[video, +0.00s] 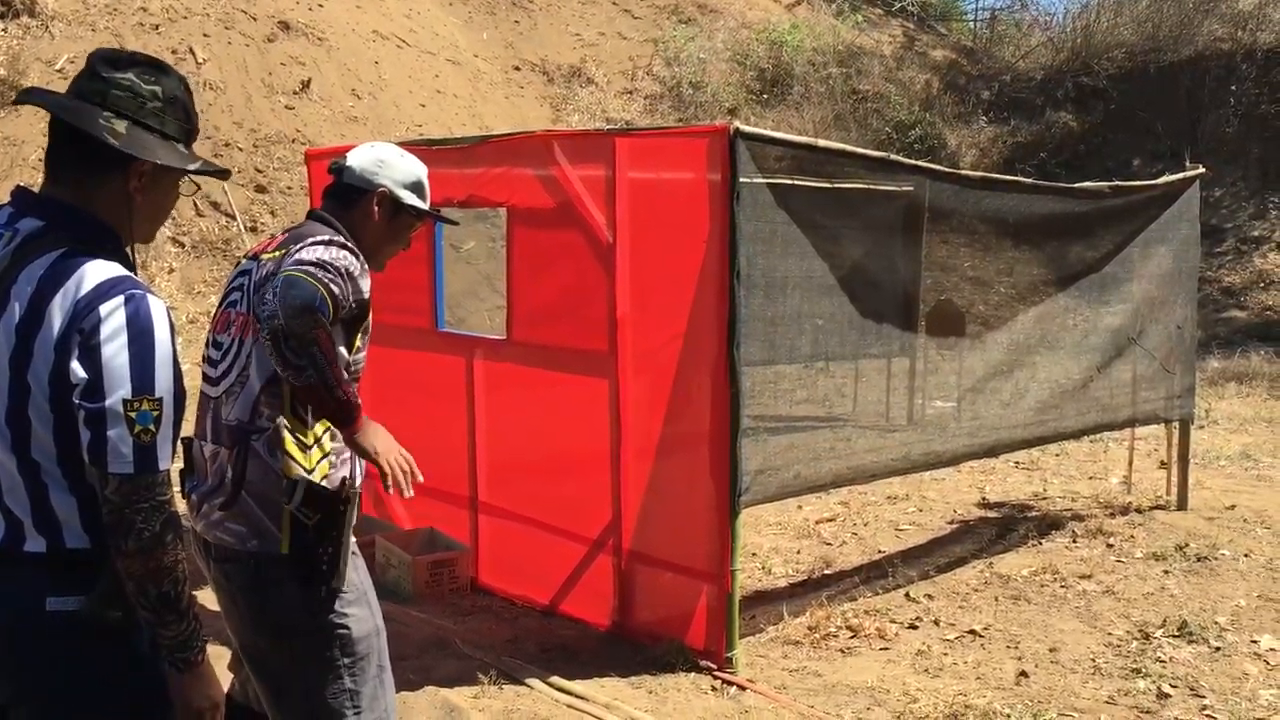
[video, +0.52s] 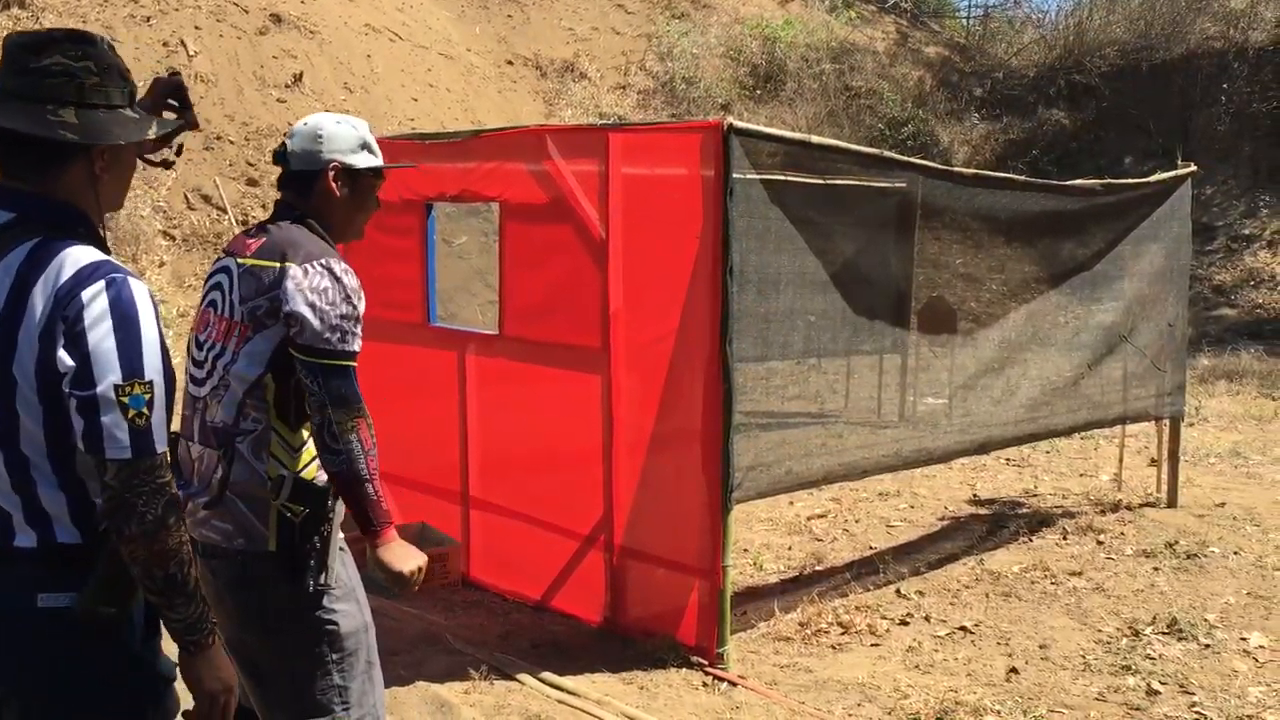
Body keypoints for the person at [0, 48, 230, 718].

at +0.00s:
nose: (175, 201)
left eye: (180, 183)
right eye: (177, 182)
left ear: (62, 150)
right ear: (138, 179)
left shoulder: (8, 239)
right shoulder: (121, 310)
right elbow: (139, 523)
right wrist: (189, 657)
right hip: (78, 617)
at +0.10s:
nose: (173, 192)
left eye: (177, 174)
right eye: (173, 173)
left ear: (56, 149)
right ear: (133, 175)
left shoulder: (7, 237)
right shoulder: (118, 308)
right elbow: (137, 521)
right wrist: (186, 654)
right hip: (76, 617)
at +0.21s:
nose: (169, 186)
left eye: (172, 167)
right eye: (168, 167)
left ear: (48, 148)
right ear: (129, 173)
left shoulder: (6, 238)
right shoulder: (114, 305)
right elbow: (134, 517)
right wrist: (186, 652)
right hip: (75, 617)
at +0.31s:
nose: (161, 177)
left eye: (162, 159)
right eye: (157, 158)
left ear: (37, 146)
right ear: (123, 167)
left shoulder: (6, 242)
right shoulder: (110, 301)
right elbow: (133, 512)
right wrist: (187, 646)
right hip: (76, 614)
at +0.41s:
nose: (150, 164)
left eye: (149, 148)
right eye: (145, 149)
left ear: (24, 145)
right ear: (113, 161)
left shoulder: (6, 248)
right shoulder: (106, 299)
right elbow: (137, 509)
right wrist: (193, 643)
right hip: (75, 612)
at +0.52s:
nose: (138, 164)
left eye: (141, 147)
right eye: (135, 148)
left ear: (14, 149)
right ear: (99, 160)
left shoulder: (11, 258)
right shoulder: (98, 293)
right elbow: (141, 507)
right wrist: (201, 641)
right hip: (76, 618)